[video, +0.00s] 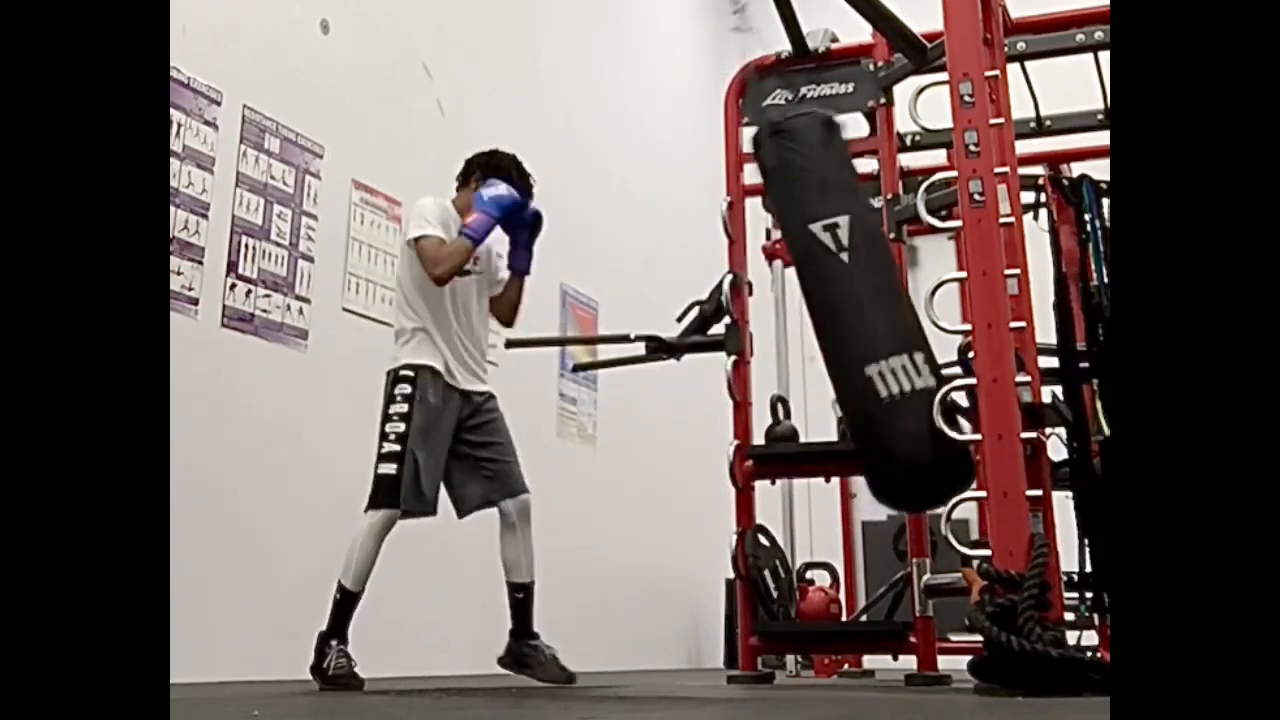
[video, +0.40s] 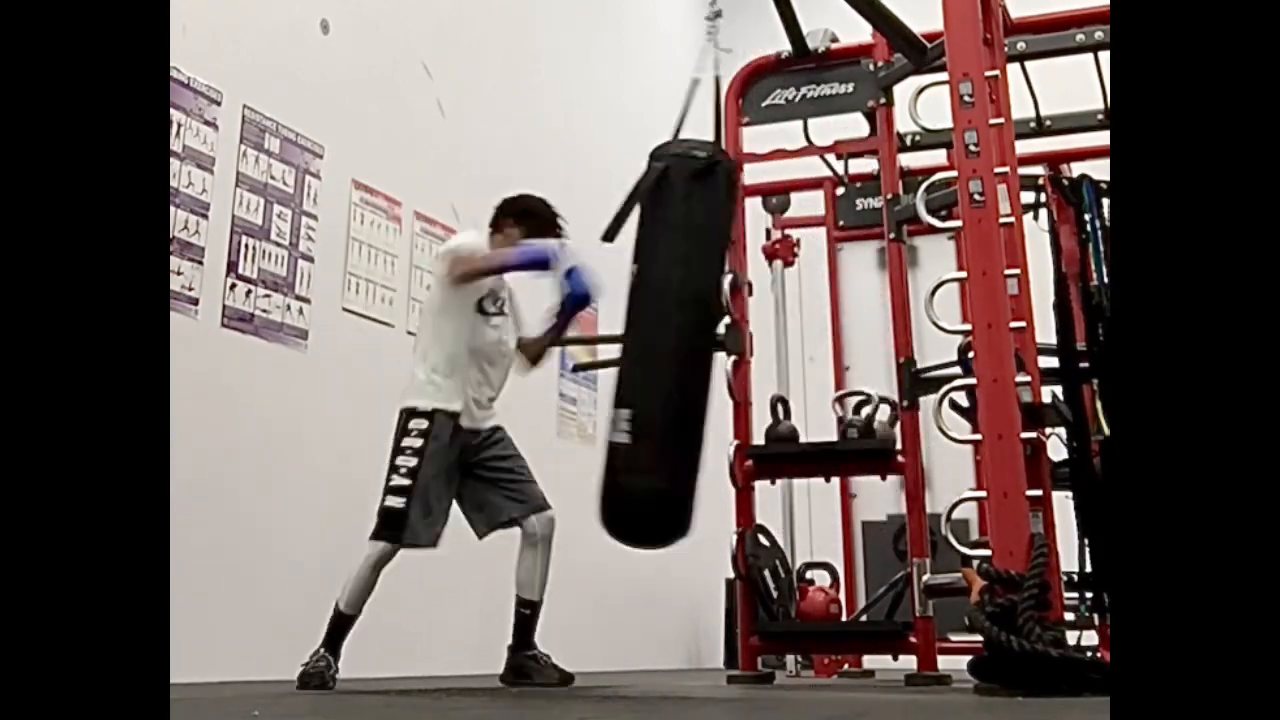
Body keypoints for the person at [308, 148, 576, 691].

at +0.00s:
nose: (494, 209)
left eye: (504, 205)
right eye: (492, 197)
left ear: (500, 209)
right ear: (467, 187)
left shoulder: (488, 251)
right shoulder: (430, 210)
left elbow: (506, 315)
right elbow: (439, 267)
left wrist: (524, 251)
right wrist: (483, 218)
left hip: (473, 388)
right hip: (421, 375)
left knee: (516, 505)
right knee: (386, 508)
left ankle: (523, 642)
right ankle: (331, 645)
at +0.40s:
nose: (532, 254)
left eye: (538, 247)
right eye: (529, 243)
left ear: (518, 244)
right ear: (504, 228)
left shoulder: (503, 291)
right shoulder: (466, 246)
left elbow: (526, 356)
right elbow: (457, 269)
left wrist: (565, 312)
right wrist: (533, 257)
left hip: (480, 425)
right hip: (432, 416)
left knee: (539, 523)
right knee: (387, 542)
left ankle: (522, 655)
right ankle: (326, 655)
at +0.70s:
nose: (503, 205)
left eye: (508, 198)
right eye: (499, 193)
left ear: (490, 201)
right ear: (471, 184)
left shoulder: (479, 246)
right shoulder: (436, 206)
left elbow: (513, 307)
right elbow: (461, 263)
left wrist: (524, 245)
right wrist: (494, 223)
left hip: (464, 388)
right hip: (424, 376)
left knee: (496, 514)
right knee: (403, 512)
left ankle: (502, 647)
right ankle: (333, 651)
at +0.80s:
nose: (492, 165)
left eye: (497, 160)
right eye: (490, 153)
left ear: (479, 151)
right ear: (467, 137)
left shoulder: (459, 203)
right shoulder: (425, 164)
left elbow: (464, 280)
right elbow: (437, 223)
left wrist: (498, 226)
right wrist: (482, 187)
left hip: (452, 350)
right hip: (413, 337)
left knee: (446, 493)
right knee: (404, 473)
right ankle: (329, 619)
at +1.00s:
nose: (502, 172)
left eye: (508, 166)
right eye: (503, 160)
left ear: (483, 156)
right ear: (480, 146)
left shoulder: (466, 212)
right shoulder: (435, 162)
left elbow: (477, 289)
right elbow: (461, 214)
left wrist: (507, 225)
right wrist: (503, 180)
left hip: (457, 352)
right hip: (414, 335)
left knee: (517, 482)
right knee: (399, 480)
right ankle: (320, 642)